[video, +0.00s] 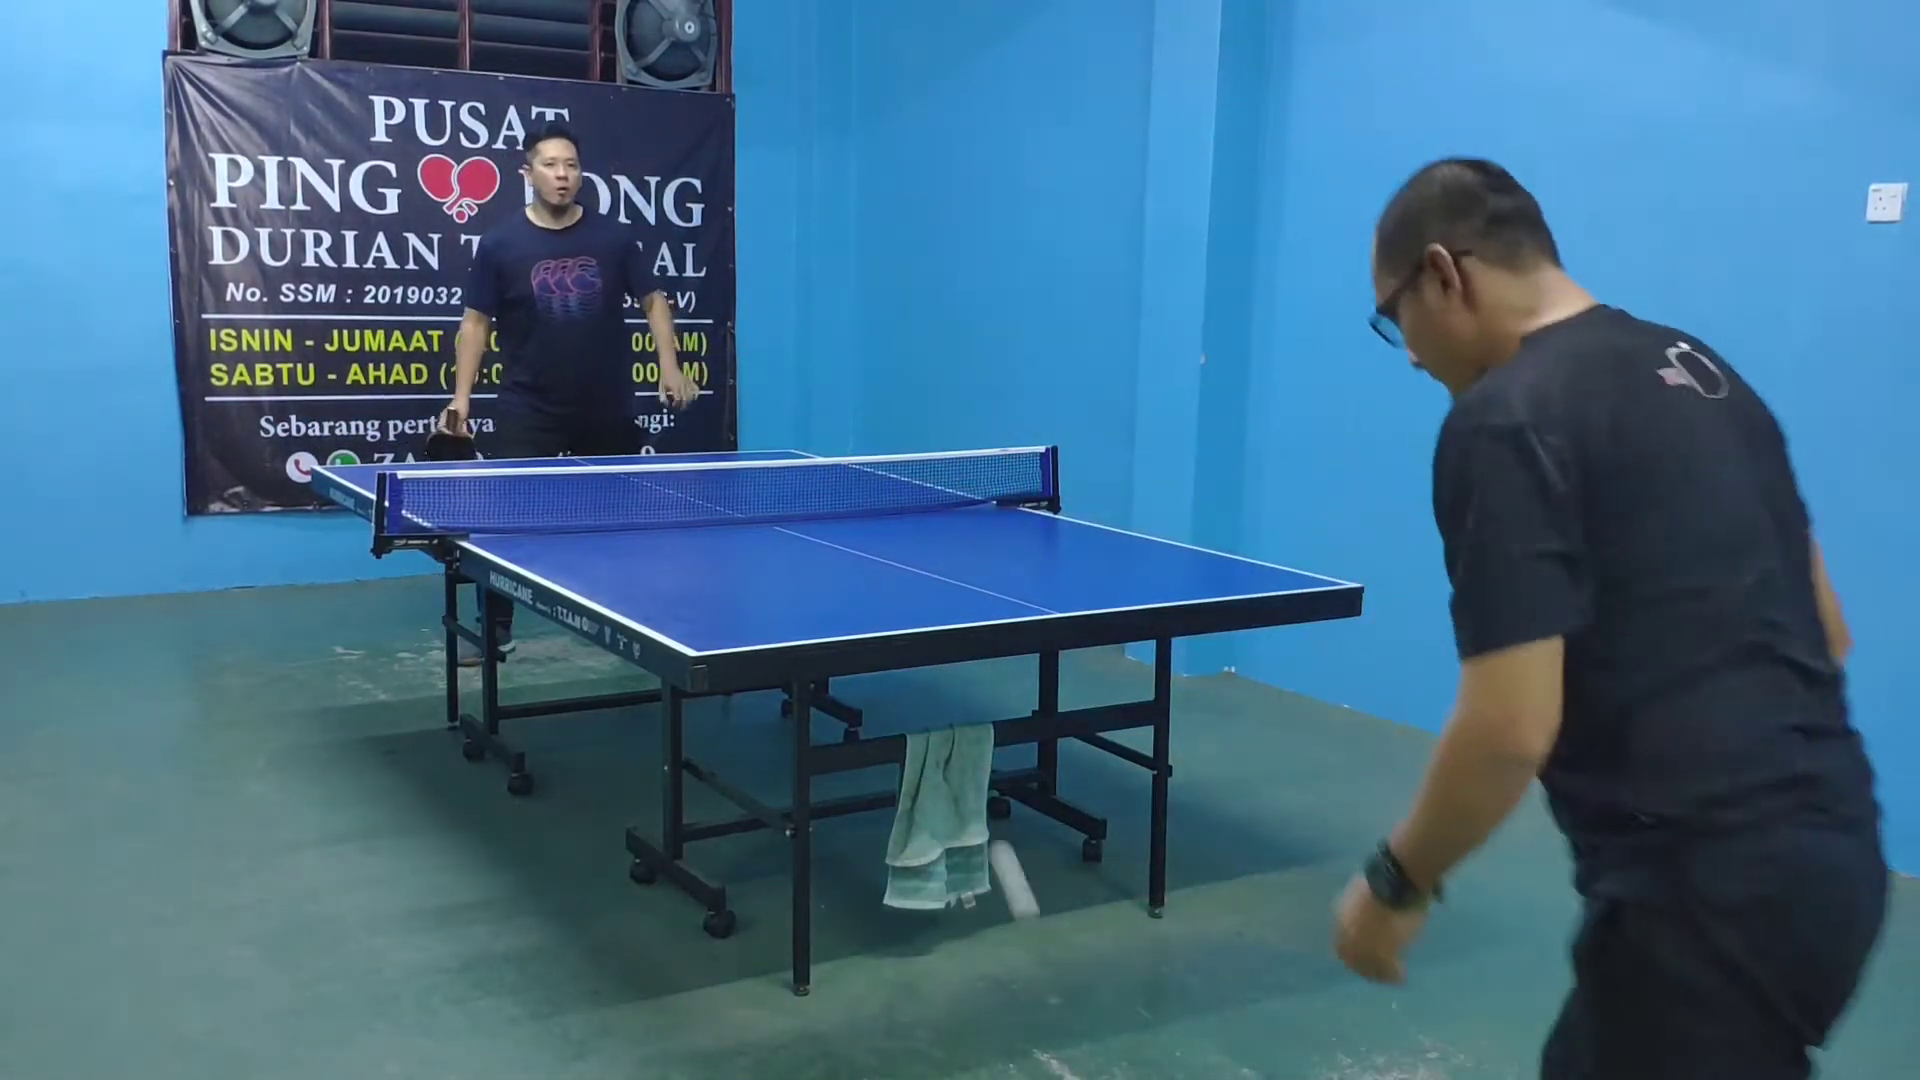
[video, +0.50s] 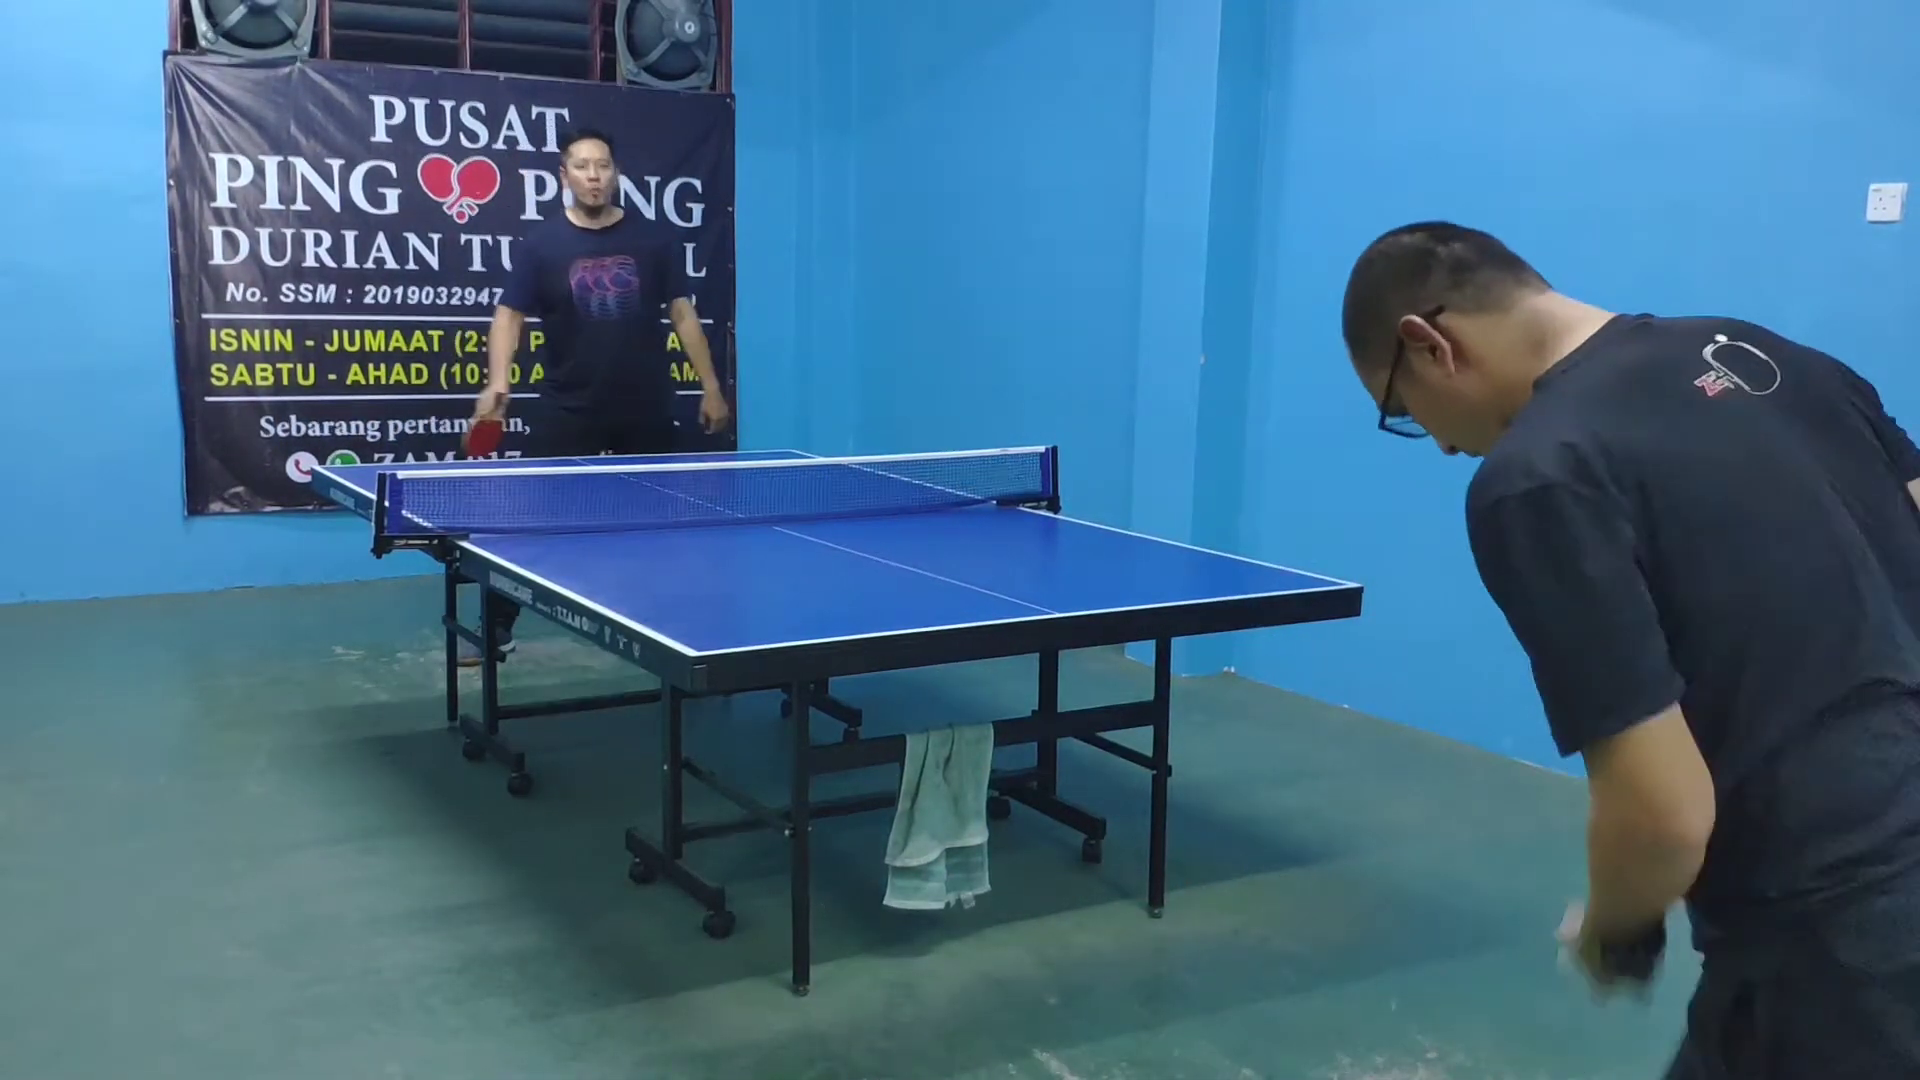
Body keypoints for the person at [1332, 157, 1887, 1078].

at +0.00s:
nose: (1408, 352)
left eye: (1395, 319)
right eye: (1389, 328)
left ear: (1447, 277)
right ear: (1538, 253)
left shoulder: (1508, 417)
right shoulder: (1703, 371)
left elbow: (1510, 725)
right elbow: (1823, 635)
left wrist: (1397, 881)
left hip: (1701, 896)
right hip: (1821, 865)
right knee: (1585, 1057)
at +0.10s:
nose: (1439, 398)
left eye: (1417, 359)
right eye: (1415, 370)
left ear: (1460, 305)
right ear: (1556, 276)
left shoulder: (1529, 450)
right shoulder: (1753, 382)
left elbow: (1544, 780)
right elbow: (1898, 641)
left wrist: (1454, 946)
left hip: (1782, 942)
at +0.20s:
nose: (1449, 430)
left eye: (1421, 395)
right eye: (1420, 407)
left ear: (1454, 337)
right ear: (1551, 293)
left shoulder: (1550, 475)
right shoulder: (1774, 378)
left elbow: (1588, 820)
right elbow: (1912, 555)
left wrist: (1504, 991)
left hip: (1835, 953)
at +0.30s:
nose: (1448, 450)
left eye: (1417, 418)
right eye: (1416, 428)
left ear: (1450, 357)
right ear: (1541, 302)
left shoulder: (1557, 485)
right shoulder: (1791, 371)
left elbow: (1629, 838)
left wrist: (1546, 1007)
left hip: (1857, 955)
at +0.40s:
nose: (1452, 455)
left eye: (1417, 424)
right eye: (1417, 435)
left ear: (1443, 359)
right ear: (1528, 301)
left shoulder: (1552, 478)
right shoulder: (1794, 363)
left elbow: (1662, 825)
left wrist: (1596, 992)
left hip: (1851, 959)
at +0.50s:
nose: (1439, 445)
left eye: (1406, 412)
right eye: (1406, 424)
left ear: (1433, 348)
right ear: (1521, 292)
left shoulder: (1540, 471)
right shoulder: (1776, 357)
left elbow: (1663, 812)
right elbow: (1914, 518)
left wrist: (1618, 930)